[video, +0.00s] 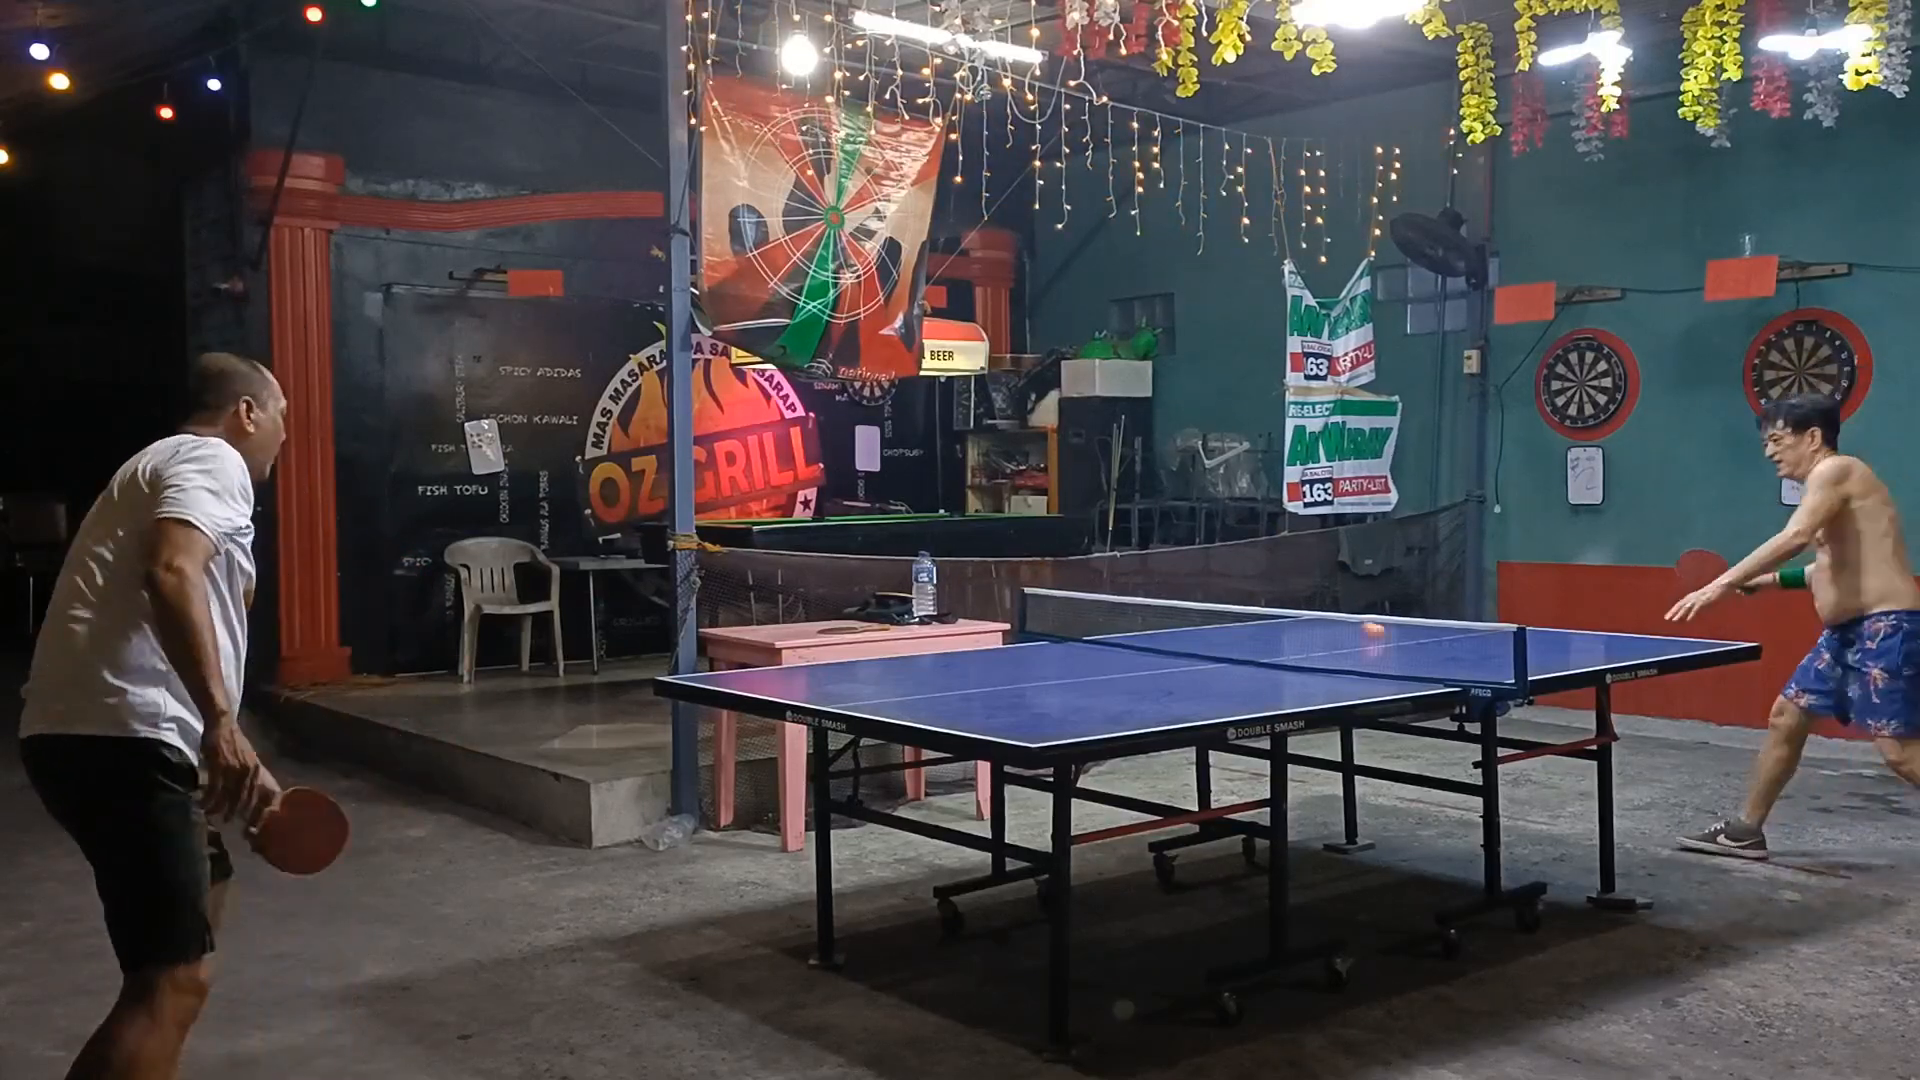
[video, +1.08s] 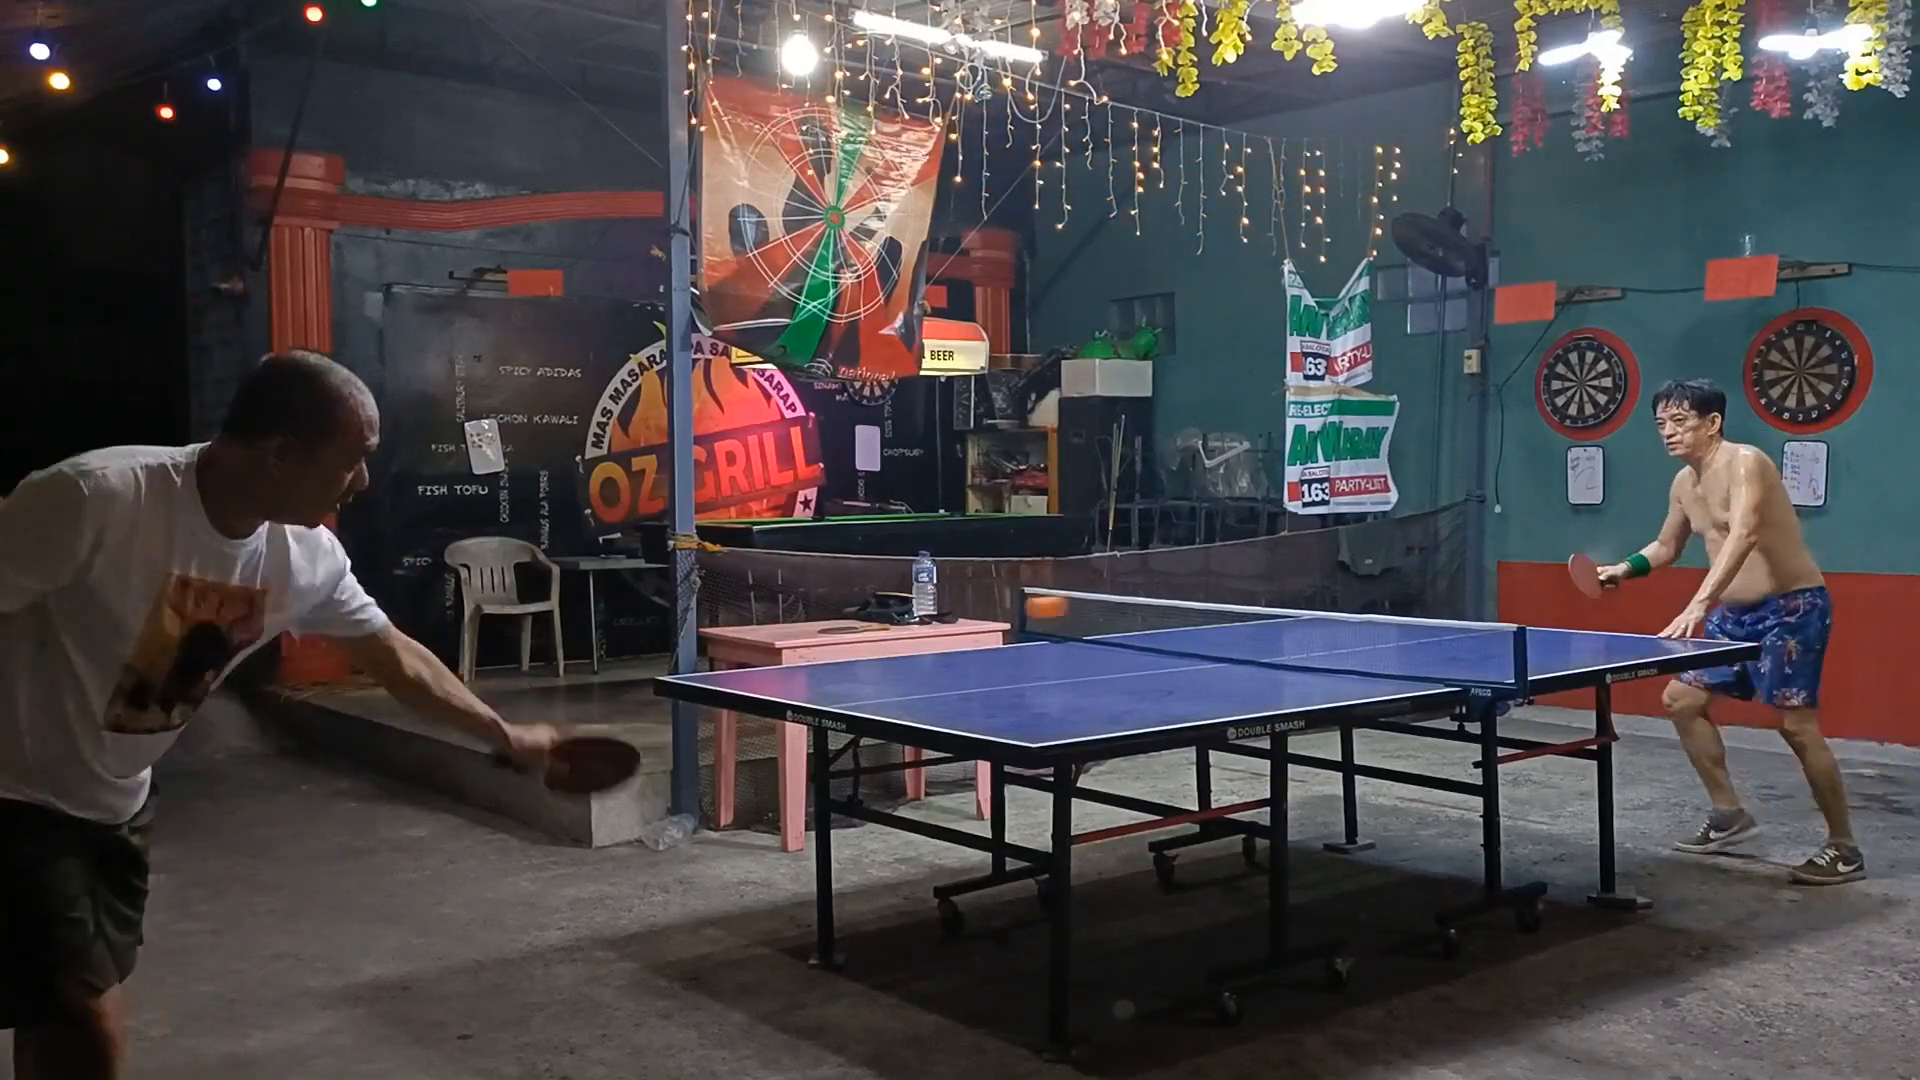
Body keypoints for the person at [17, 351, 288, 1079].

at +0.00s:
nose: (282, 439)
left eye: (283, 422)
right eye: (280, 420)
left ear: (210, 413)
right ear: (247, 413)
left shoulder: (151, 470)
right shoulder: (212, 460)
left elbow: (176, 658)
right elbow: (172, 572)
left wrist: (241, 770)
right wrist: (221, 721)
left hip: (78, 728)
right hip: (125, 732)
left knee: (173, 964)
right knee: (174, 981)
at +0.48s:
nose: (267, 412)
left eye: (263, 394)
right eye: (255, 393)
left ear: (195, 408)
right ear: (201, 407)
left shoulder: (136, 485)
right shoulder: (147, 485)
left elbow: (145, 672)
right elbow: (101, 653)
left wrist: (222, 770)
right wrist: (201, 773)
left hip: (57, 771)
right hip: (55, 776)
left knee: (116, 971)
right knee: (174, 992)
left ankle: (71, 1076)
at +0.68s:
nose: (303, 449)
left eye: (301, 430)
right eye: (290, 430)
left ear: (229, 440)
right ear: (225, 437)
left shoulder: (234, 535)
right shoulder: (107, 530)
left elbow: (224, 681)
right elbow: (28, 699)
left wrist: (307, 787)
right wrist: (126, 849)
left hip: (99, 814)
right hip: (22, 804)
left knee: (92, 1021)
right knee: (113, 1021)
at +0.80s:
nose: (334, 484)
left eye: (332, 463)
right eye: (319, 464)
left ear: (250, 474)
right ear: (247, 471)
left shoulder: (267, 561)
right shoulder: (103, 556)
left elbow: (276, 706)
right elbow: (9, 725)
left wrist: (366, 700)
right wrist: (59, 905)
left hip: (98, 836)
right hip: (30, 830)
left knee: (44, 1055)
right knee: (125, 1037)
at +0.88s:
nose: (345, 497)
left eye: (344, 476)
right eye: (329, 479)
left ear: (260, 488)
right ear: (256, 484)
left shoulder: (281, 566)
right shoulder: (106, 566)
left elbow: (311, 714)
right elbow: (2, 740)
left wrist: (376, 669)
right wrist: (23, 923)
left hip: (99, 836)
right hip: (26, 831)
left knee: (37, 1055)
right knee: (124, 1037)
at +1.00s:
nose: (355, 499)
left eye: (359, 478)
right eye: (345, 477)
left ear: (278, 474)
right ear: (272, 471)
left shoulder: (293, 561)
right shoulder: (91, 529)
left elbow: (404, 675)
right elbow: (3, 653)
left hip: (109, 825)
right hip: (24, 816)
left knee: (37, 1048)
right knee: (104, 1042)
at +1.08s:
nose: (363, 481)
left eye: (366, 460)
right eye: (354, 460)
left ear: (287, 457)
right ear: (282, 451)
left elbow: (395, 658)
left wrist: (505, 733)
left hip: (118, 813)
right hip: (21, 803)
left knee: (58, 1045)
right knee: (90, 1041)